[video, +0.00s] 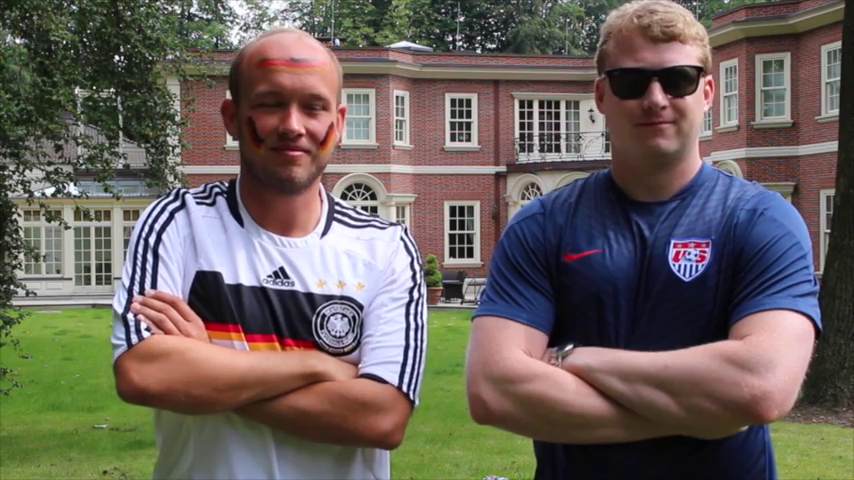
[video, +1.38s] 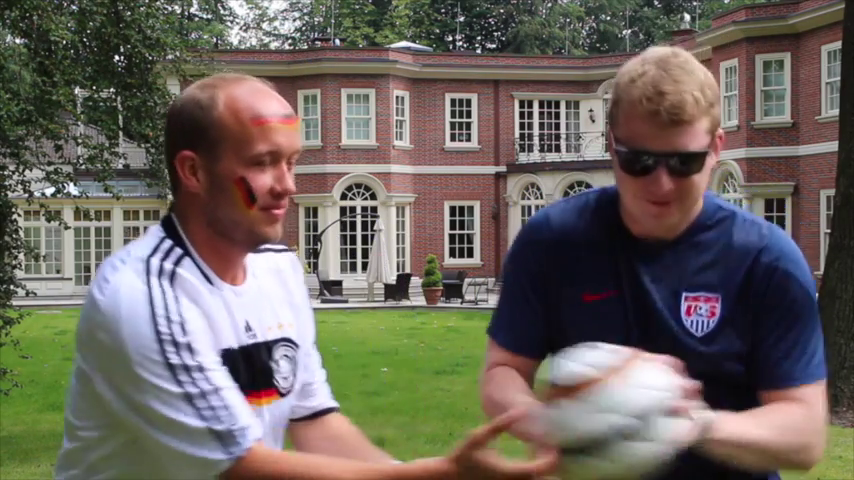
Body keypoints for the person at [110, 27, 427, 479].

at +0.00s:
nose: (293, 126)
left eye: (314, 107)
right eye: (271, 104)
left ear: (338, 124)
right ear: (232, 118)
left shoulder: (387, 249)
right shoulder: (174, 221)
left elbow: (384, 421)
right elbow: (138, 374)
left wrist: (211, 372)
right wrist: (318, 365)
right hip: (201, 473)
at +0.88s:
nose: (294, 115)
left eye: (301, 98)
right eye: (269, 95)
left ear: (309, 109)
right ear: (204, 117)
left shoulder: (348, 240)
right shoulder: (140, 232)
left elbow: (403, 406)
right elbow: (125, 388)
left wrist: (248, 361)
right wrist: (289, 304)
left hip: (330, 474)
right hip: (191, 472)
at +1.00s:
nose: (288, 122)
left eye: (295, 103)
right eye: (263, 100)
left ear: (304, 110)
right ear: (197, 119)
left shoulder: (339, 242)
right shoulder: (136, 239)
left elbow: (405, 411)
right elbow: (169, 407)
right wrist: (342, 322)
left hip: (323, 475)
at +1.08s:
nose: (284, 132)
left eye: (290, 111)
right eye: (259, 111)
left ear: (298, 119)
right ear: (191, 128)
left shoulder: (329, 243)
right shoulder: (141, 256)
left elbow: (366, 383)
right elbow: (230, 414)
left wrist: (386, 421)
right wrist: (412, 404)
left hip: (316, 470)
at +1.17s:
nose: (283, 150)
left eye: (287, 129)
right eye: (256, 131)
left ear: (295, 132)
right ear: (188, 152)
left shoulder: (316, 252)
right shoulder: (158, 284)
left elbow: (362, 403)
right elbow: (299, 425)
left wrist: (459, 458)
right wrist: (495, 458)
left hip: (318, 472)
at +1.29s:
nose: (291, 180)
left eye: (296, 158)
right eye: (265, 159)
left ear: (303, 161)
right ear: (196, 176)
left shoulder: (299, 268)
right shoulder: (163, 308)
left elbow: (348, 416)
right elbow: (304, 450)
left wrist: (447, 475)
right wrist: (517, 461)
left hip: (262, 466)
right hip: (148, 467)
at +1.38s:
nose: (287, 186)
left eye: (291, 162)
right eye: (263, 164)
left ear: (295, 160)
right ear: (190, 174)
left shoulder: (279, 272)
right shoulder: (137, 296)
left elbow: (314, 420)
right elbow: (242, 463)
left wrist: (415, 477)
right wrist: (441, 471)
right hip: (132, 472)